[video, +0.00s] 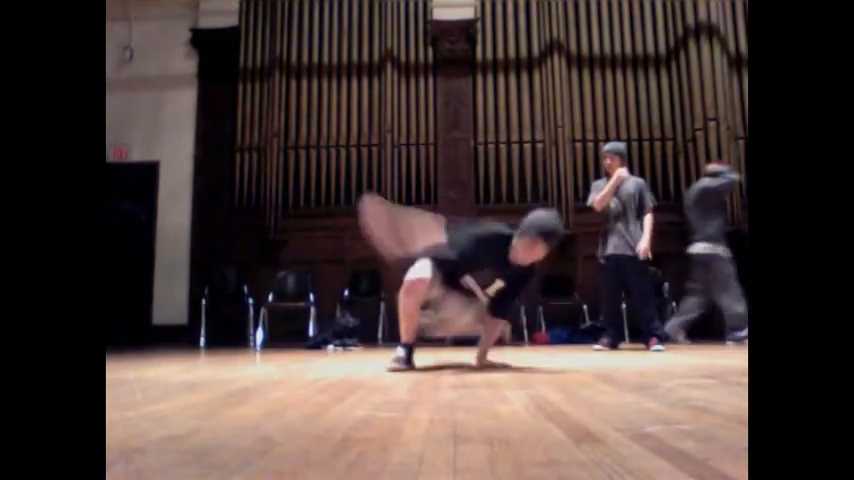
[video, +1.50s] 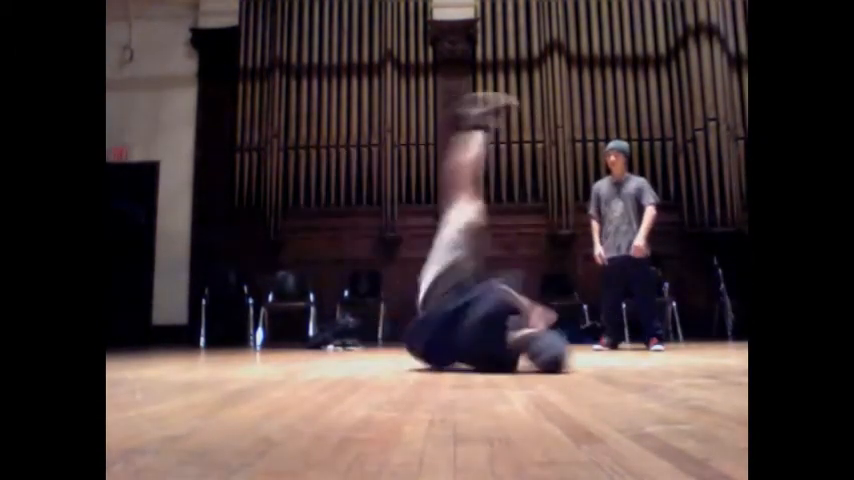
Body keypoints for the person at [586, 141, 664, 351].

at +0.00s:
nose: (608, 162)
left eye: (612, 158)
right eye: (605, 159)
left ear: (622, 160)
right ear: (603, 162)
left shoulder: (637, 183)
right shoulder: (599, 185)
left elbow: (648, 212)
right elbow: (597, 205)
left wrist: (645, 240)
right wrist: (615, 180)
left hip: (633, 248)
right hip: (609, 250)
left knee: (642, 296)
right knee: (610, 298)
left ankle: (652, 336)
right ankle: (610, 336)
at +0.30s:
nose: (608, 164)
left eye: (612, 159)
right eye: (605, 160)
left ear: (622, 160)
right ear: (603, 163)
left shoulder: (638, 184)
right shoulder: (599, 185)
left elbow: (648, 214)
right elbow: (600, 204)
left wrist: (648, 242)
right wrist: (615, 179)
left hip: (635, 249)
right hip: (610, 250)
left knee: (644, 297)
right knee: (611, 298)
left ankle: (653, 336)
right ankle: (611, 336)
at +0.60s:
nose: (606, 165)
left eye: (611, 160)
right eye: (604, 160)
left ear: (622, 161)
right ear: (602, 163)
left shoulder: (638, 184)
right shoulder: (600, 185)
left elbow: (648, 213)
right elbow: (602, 203)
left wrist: (648, 242)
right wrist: (616, 179)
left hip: (636, 249)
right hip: (611, 250)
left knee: (644, 296)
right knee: (611, 298)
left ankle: (653, 336)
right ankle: (610, 336)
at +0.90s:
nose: (607, 165)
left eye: (611, 160)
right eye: (604, 161)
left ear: (622, 162)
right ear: (602, 164)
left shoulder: (638, 185)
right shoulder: (598, 188)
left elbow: (648, 213)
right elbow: (590, 218)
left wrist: (647, 242)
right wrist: (610, 203)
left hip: (635, 247)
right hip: (610, 249)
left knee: (643, 294)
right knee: (611, 296)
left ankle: (653, 336)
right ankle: (612, 337)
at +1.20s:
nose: (611, 161)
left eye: (615, 156)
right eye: (608, 157)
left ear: (624, 159)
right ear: (605, 161)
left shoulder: (639, 184)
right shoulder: (599, 188)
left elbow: (652, 209)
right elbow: (593, 216)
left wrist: (645, 240)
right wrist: (598, 240)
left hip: (635, 251)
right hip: (611, 252)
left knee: (644, 297)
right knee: (610, 299)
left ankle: (653, 336)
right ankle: (609, 337)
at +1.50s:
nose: (612, 160)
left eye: (616, 156)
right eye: (609, 156)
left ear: (625, 159)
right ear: (606, 160)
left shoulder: (639, 183)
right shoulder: (599, 187)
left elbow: (650, 209)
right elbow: (594, 217)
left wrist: (641, 238)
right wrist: (597, 245)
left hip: (635, 253)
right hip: (610, 254)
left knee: (645, 298)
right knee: (609, 300)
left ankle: (653, 336)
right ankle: (609, 337)